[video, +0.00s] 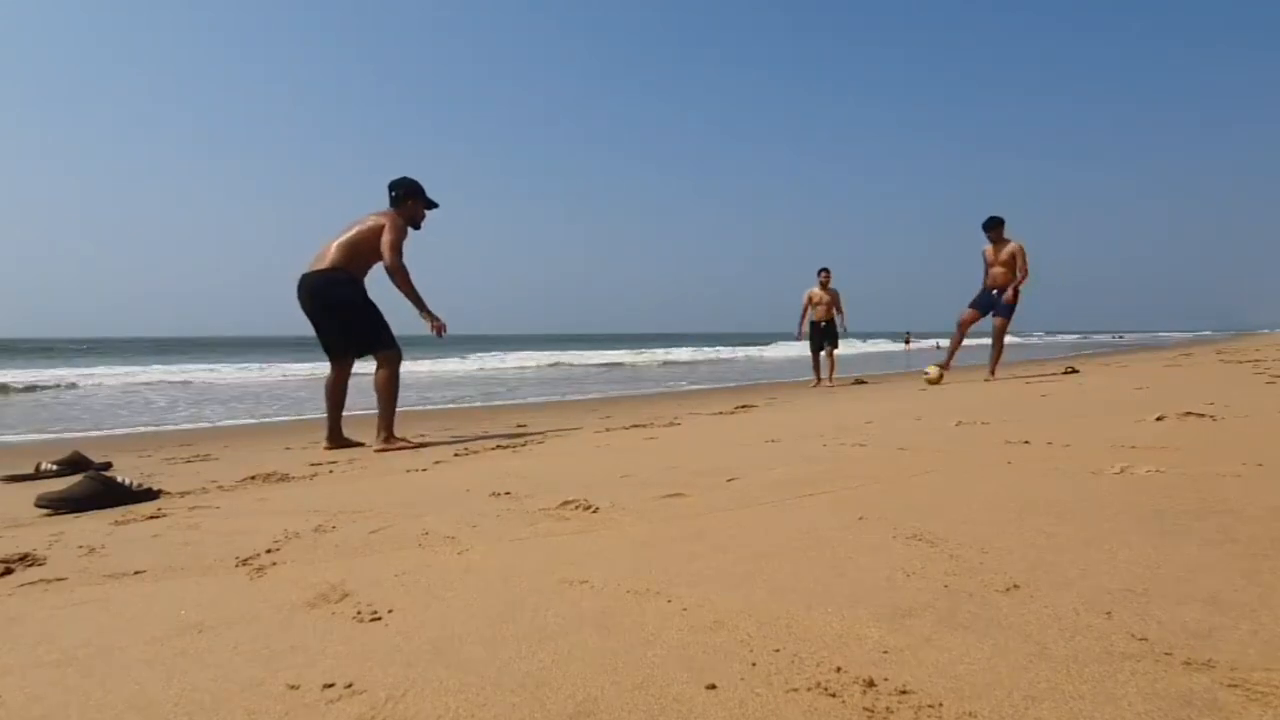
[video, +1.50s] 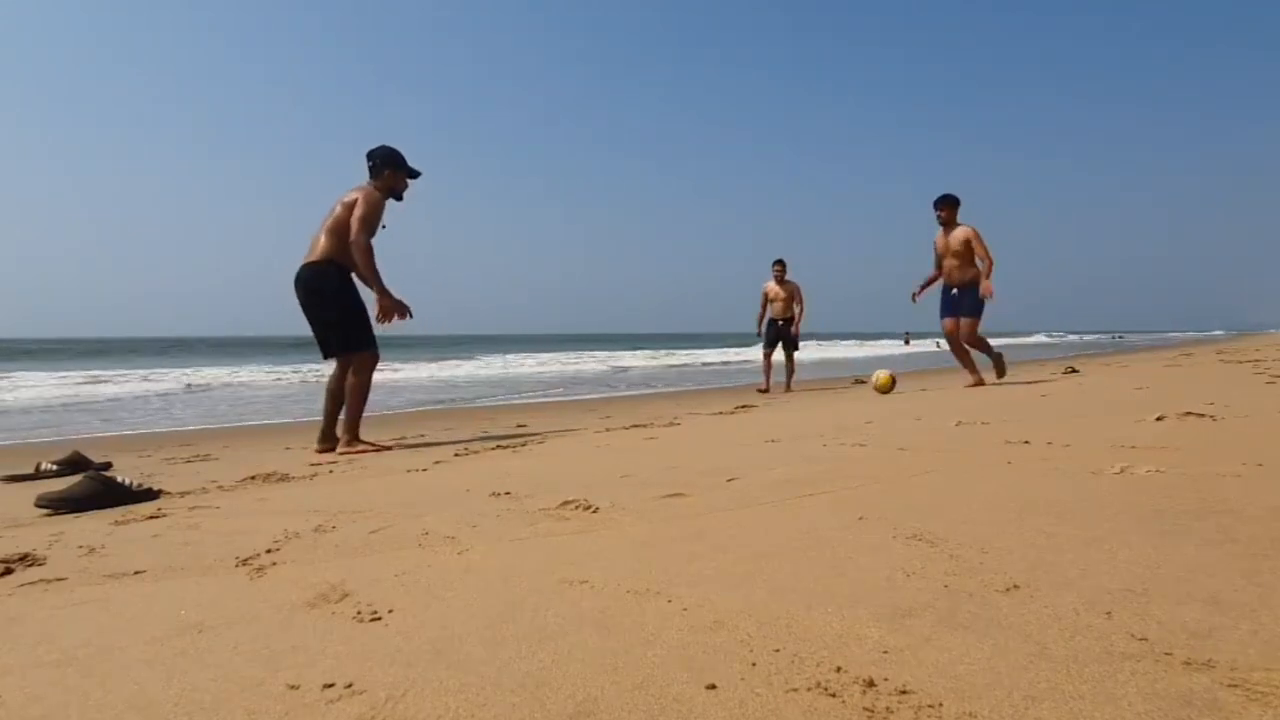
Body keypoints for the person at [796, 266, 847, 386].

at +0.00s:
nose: (826, 279)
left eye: (827, 277)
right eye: (824, 277)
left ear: (830, 278)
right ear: (818, 278)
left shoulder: (833, 293)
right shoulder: (811, 293)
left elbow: (839, 309)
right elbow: (804, 311)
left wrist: (842, 323)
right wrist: (800, 328)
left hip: (829, 323)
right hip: (815, 323)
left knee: (829, 351)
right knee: (815, 354)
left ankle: (830, 378)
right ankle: (817, 378)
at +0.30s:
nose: (819, 278)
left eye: (821, 276)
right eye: (817, 276)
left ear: (825, 277)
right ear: (813, 277)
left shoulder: (830, 291)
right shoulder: (808, 291)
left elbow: (836, 309)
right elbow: (804, 310)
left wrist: (831, 326)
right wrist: (799, 326)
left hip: (825, 322)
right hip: (811, 322)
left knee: (828, 352)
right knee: (806, 352)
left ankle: (829, 379)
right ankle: (805, 380)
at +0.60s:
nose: (803, 278)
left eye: (806, 276)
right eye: (801, 276)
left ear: (810, 277)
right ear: (798, 277)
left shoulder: (817, 292)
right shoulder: (795, 293)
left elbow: (822, 310)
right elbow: (794, 311)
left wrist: (819, 326)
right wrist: (792, 327)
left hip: (813, 322)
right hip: (799, 323)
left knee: (819, 354)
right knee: (796, 354)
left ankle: (826, 378)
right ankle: (798, 382)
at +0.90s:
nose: (792, 277)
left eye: (795, 275)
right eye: (790, 275)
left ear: (800, 275)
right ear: (788, 276)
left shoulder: (807, 290)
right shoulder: (784, 291)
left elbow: (814, 307)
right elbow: (777, 310)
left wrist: (815, 324)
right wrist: (772, 325)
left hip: (803, 322)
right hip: (790, 322)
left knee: (801, 353)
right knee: (793, 354)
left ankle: (799, 381)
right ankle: (796, 380)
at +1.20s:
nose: (787, 277)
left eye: (790, 274)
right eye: (784, 274)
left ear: (794, 275)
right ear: (781, 275)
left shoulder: (801, 291)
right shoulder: (776, 290)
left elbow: (808, 310)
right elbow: (771, 308)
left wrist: (813, 329)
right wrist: (766, 325)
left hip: (795, 322)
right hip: (781, 322)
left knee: (790, 352)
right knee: (781, 353)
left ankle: (788, 382)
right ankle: (791, 374)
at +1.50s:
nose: (778, 274)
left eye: (780, 271)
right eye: (775, 271)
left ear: (785, 272)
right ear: (772, 272)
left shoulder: (793, 287)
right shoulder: (767, 288)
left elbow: (800, 306)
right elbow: (763, 308)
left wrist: (796, 325)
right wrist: (759, 326)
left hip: (788, 321)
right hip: (773, 321)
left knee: (789, 355)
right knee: (766, 353)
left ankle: (788, 385)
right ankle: (766, 385)